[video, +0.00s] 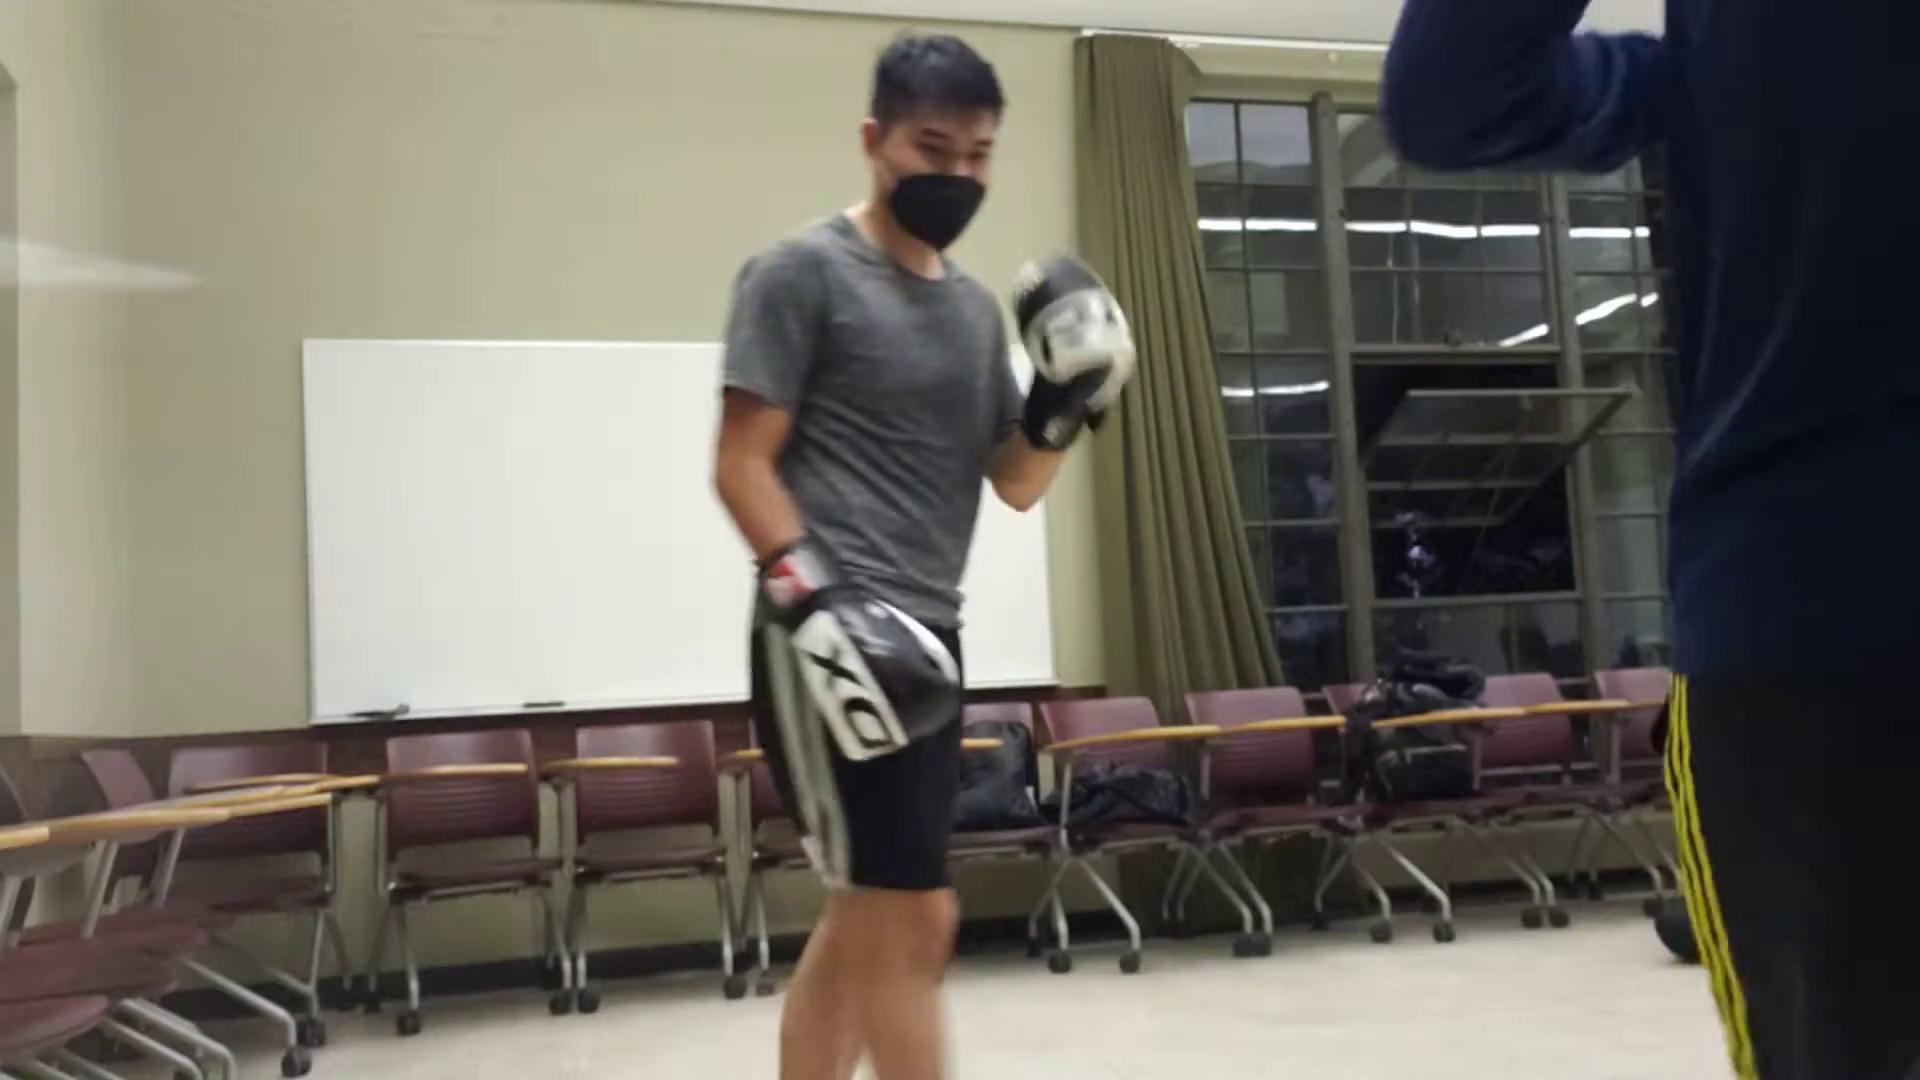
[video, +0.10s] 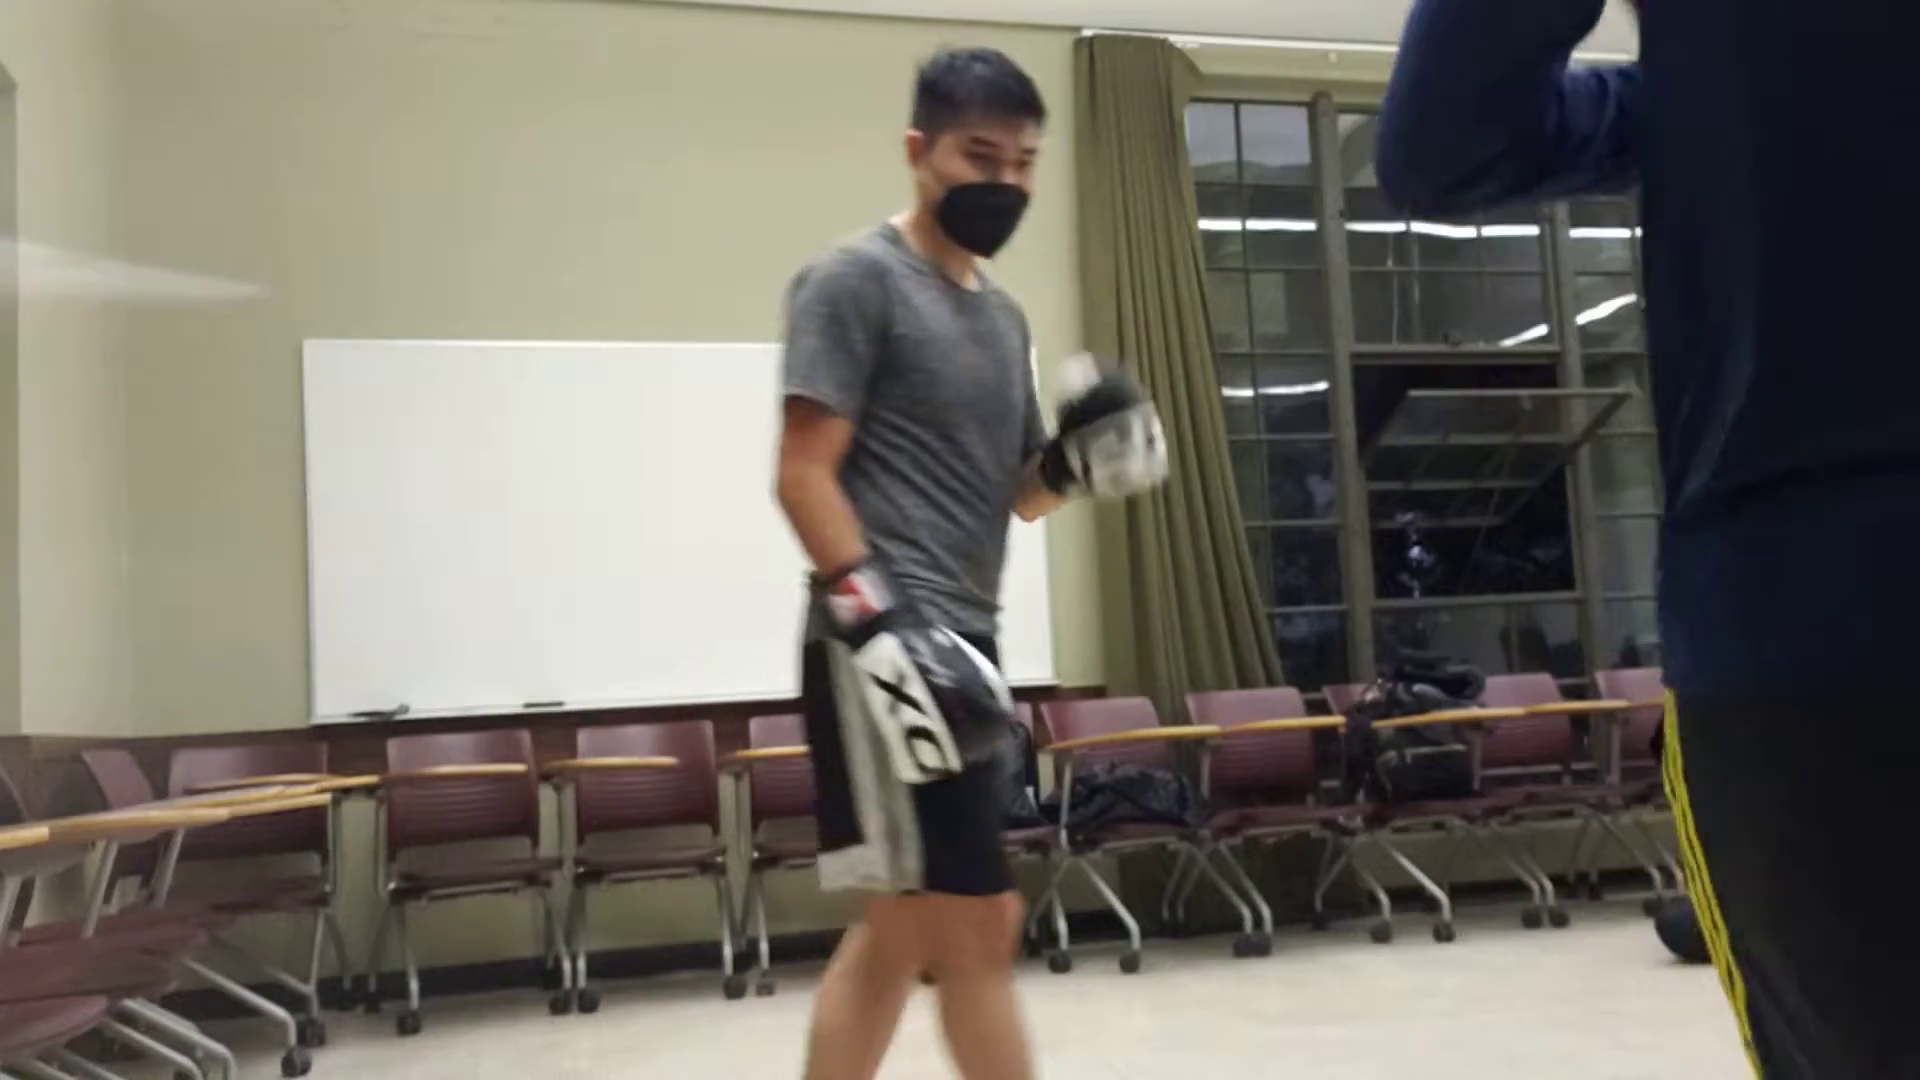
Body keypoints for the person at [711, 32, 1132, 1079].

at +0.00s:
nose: (959, 175)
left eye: (979, 152)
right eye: (933, 148)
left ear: (996, 155)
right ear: (874, 140)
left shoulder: (978, 312)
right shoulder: (801, 274)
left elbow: (1019, 483)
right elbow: (742, 463)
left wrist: (1066, 396)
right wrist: (811, 603)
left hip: (929, 636)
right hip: (835, 627)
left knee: (862, 921)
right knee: (915, 923)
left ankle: (808, 1070)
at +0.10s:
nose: (1006, 181)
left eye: (1024, 160)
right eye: (980, 155)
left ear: (1039, 164)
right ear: (917, 151)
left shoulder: (1002, 318)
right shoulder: (854, 283)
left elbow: (1010, 496)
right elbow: (802, 475)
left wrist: (1073, 463)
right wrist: (878, 625)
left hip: (967, 640)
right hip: (887, 636)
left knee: (898, 930)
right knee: (982, 924)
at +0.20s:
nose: (1056, 196)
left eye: (1072, 176)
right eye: (1032, 169)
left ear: (1084, 181)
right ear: (964, 166)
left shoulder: (1019, 318)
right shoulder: (914, 296)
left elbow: (993, 480)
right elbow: (873, 490)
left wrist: (1076, 501)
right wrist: (938, 656)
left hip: (1016, 644)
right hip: (953, 648)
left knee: (1026, 923)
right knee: (1026, 927)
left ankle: (900, 1070)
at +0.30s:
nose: (1101, 209)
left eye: (1113, 187)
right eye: (1078, 182)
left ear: (1120, 184)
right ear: (1009, 173)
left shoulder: (1027, 302)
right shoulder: (967, 297)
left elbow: (1003, 474)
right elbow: (937, 489)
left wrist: (1090, 509)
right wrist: (994, 660)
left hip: (1032, 635)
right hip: (977, 641)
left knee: (1118, 862)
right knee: (1024, 922)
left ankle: (983, 1058)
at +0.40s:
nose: (1132, 203)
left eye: (1143, 182)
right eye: (1111, 174)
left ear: (1147, 180)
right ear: (1044, 169)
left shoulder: (1053, 295)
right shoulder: (1001, 281)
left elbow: (1028, 466)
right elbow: (971, 471)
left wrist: (1116, 498)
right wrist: (1034, 625)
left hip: (1060, 627)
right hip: (998, 634)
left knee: (1149, 848)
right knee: (1047, 904)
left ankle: (1058, 1061)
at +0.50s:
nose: (1161, 219)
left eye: (1171, 203)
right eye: (1144, 192)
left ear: (1171, 209)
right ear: (1076, 186)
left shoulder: (1090, 321)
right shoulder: (1022, 297)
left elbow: (1057, 492)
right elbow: (970, 472)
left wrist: (1150, 521)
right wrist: (1061, 616)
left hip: (1099, 638)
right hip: (1025, 644)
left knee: (1139, 878)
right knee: (1054, 912)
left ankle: (1145, 1076)